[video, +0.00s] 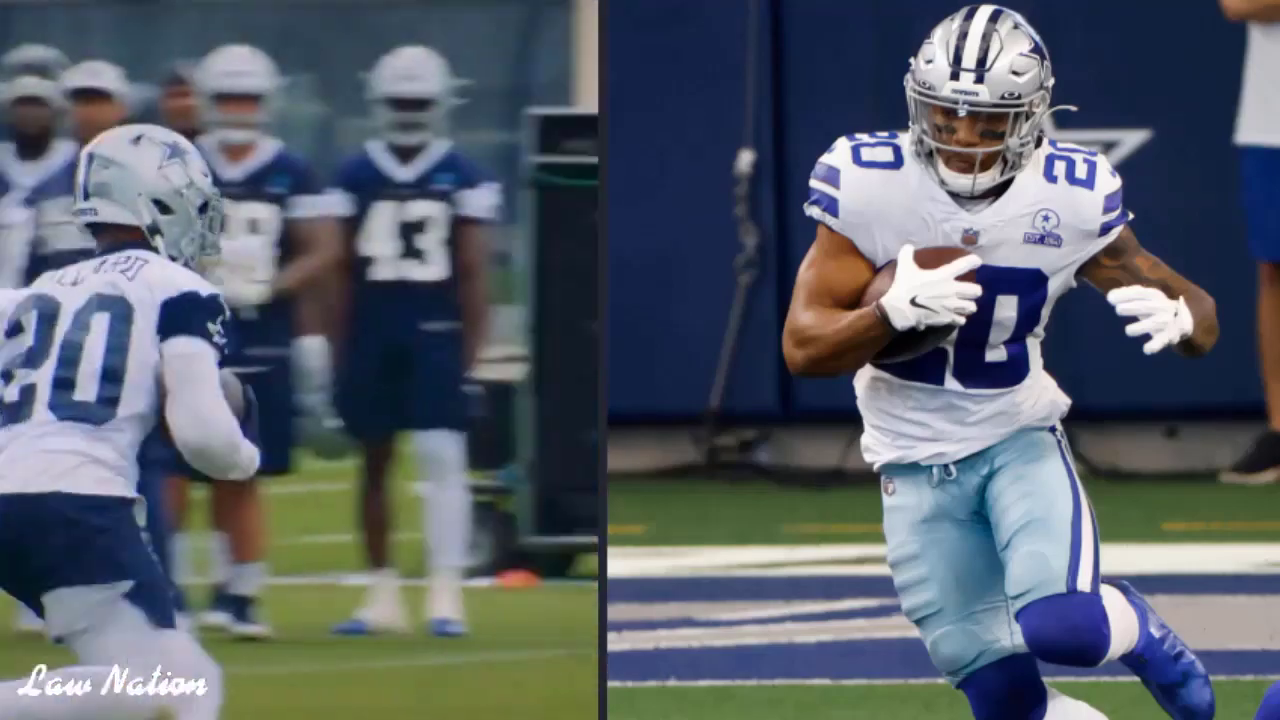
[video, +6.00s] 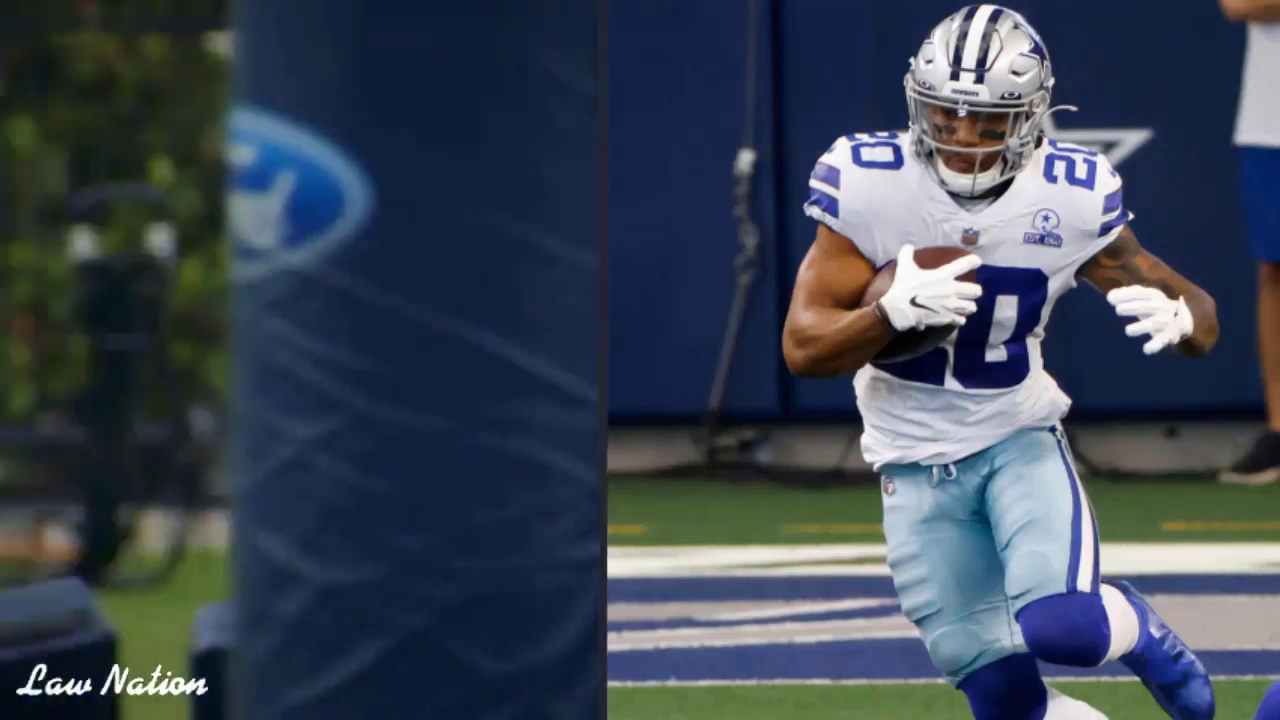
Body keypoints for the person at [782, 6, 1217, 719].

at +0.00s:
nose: (965, 137)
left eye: (987, 121)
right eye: (950, 116)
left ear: (1027, 118)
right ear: (922, 109)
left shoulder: (1071, 193)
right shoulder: (863, 179)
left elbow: (1196, 308)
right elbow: (801, 349)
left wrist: (1181, 319)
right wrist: (887, 313)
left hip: (1018, 437)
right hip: (911, 468)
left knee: (1054, 626)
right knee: (1001, 697)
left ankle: (1142, 633)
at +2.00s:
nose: (965, 137)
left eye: (988, 121)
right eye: (950, 116)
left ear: (1027, 118)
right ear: (922, 108)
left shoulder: (1071, 194)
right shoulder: (863, 179)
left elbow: (1196, 308)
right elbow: (801, 349)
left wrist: (1181, 319)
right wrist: (887, 313)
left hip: (1018, 437)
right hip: (911, 467)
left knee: (1054, 626)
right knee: (1001, 697)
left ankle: (1142, 633)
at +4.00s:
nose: (966, 137)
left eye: (988, 121)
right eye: (950, 116)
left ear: (1027, 119)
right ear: (922, 109)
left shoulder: (1070, 193)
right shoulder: (863, 179)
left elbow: (1196, 308)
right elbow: (801, 349)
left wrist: (1181, 319)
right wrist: (887, 313)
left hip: (1018, 437)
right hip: (911, 468)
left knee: (1054, 626)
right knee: (1001, 697)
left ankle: (1141, 632)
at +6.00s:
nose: (965, 137)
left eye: (988, 121)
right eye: (950, 117)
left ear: (1028, 119)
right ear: (922, 110)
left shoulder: (1070, 193)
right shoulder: (863, 179)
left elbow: (1197, 309)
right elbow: (801, 349)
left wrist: (1181, 319)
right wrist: (887, 313)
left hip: (1018, 438)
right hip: (911, 468)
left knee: (1054, 626)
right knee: (1001, 696)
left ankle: (1143, 634)